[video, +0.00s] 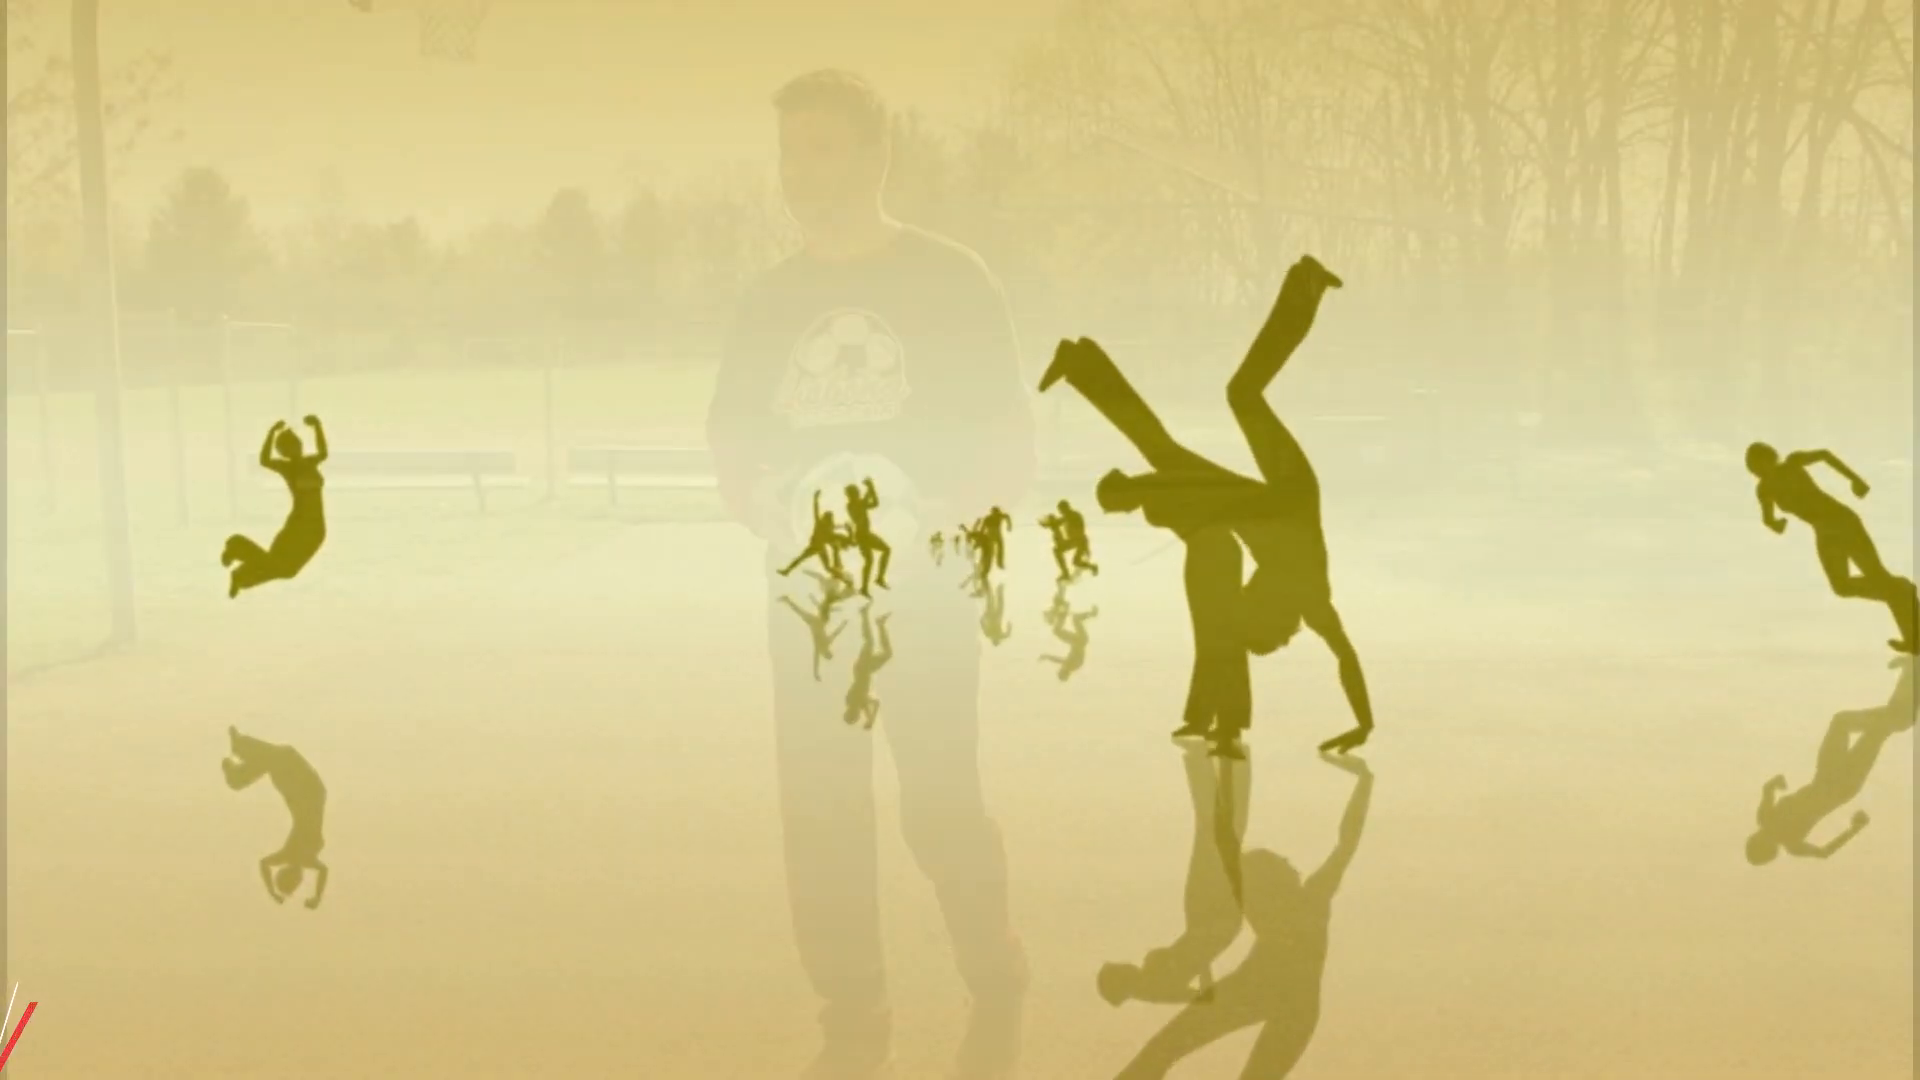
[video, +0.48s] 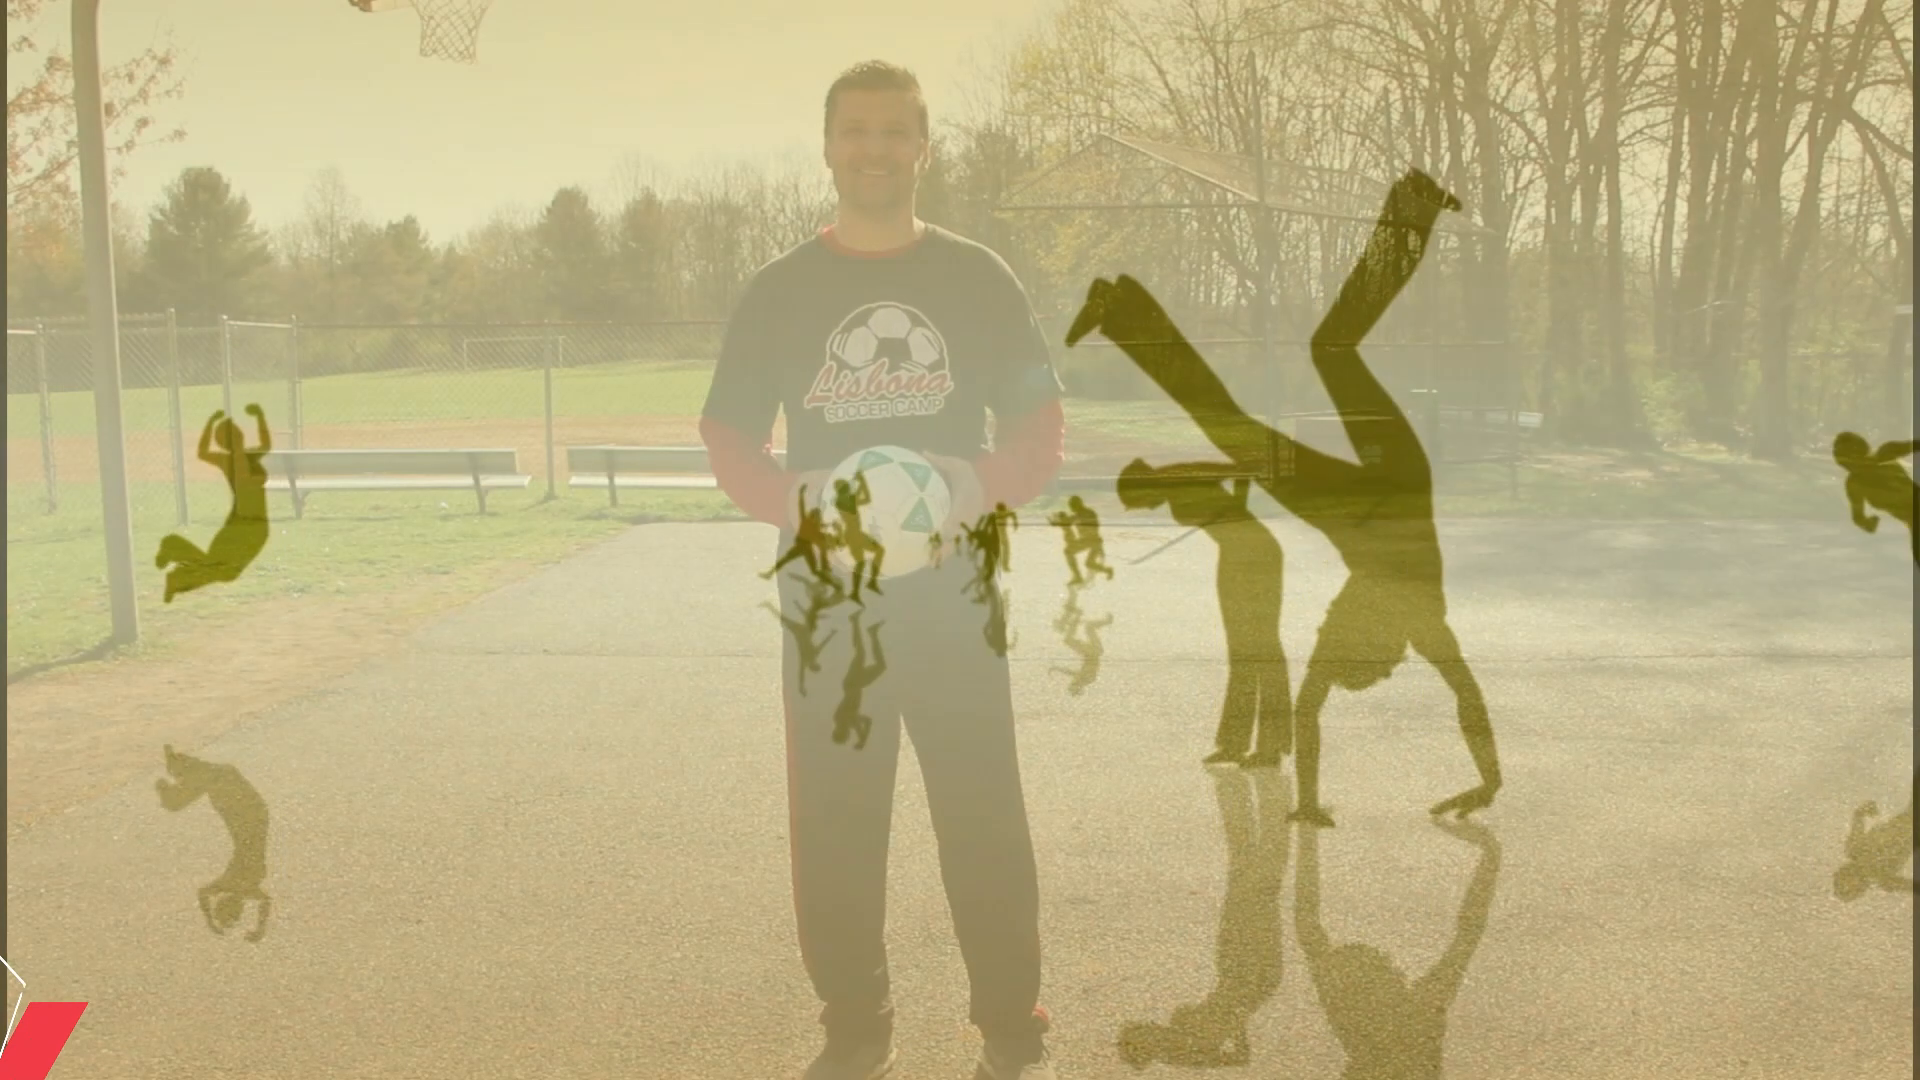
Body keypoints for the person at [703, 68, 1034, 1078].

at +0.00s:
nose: (809, 175)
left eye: (829, 150)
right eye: (795, 154)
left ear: (874, 153)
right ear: (780, 164)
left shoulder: (948, 276)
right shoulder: (771, 297)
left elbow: (1003, 420)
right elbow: (731, 432)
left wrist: (969, 520)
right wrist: (776, 513)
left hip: (930, 564)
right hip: (806, 573)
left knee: (942, 807)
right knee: (822, 809)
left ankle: (995, 993)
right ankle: (850, 1018)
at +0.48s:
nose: (876, 150)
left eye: (897, 131)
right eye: (855, 132)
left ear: (924, 145)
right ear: (827, 147)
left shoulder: (978, 277)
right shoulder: (775, 293)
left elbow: (1041, 429)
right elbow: (729, 443)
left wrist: (973, 493)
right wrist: (804, 511)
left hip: (952, 581)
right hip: (827, 589)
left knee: (981, 806)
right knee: (835, 813)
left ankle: (1008, 1015)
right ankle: (851, 1019)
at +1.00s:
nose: (927, 131)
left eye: (948, 117)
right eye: (908, 114)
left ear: (972, 143)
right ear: (874, 134)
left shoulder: (1015, 273)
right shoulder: (811, 281)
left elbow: (1082, 423)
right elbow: (753, 422)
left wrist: (1052, 411)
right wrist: (780, 446)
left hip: (984, 574)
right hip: (857, 577)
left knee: (1000, 812)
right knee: (853, 814)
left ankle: (1013, 1033)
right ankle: (852, 1032)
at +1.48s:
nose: (961, 140)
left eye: (985, 127)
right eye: (944, 122)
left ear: (1010, 155)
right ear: (911, 139)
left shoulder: (1047, 281)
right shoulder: (847, 285)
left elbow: (1099, 422)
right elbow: (796, 439)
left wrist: (1055, 470)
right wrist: (872, 460)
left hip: (1024, 579)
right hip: (897, 576)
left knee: (1022, 815)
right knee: (876, 811)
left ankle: (1016, 1036)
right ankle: (856, 1031)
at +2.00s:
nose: (1001, 152)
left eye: (1022, 139)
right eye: (983, 134)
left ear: (1046, 161)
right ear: (949, 150)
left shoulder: (1088, 288)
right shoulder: (887, 289)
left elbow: (1145, 427)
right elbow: (834, 427)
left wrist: (1092, 479)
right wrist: (885, 488)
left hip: (1052, 599)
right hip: (927, 595)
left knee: (1043, 822)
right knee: (897, 812)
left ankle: (1019, 1030)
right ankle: (858, 1026)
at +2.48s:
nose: (997, 155)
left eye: (1018, 139)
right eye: (978, 138)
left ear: (1045, 158)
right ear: (949, 155)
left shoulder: (1095, 288)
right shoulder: (895, 291)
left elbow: (1157, 427)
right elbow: (845, 425)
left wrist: (1098, 478)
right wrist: (888, 483)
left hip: (1058, 598)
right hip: (932, 594)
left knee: (1047, 823)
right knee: (899, 814)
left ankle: (1019, 1030)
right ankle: (857, 1028)